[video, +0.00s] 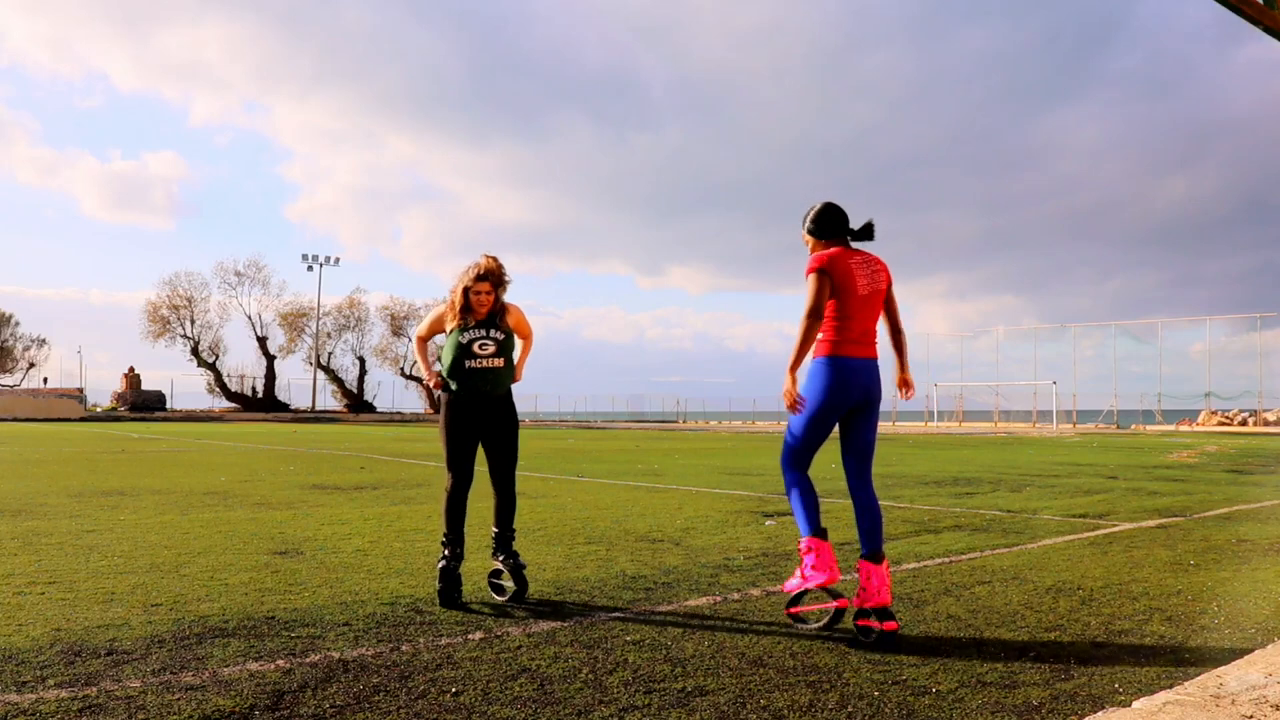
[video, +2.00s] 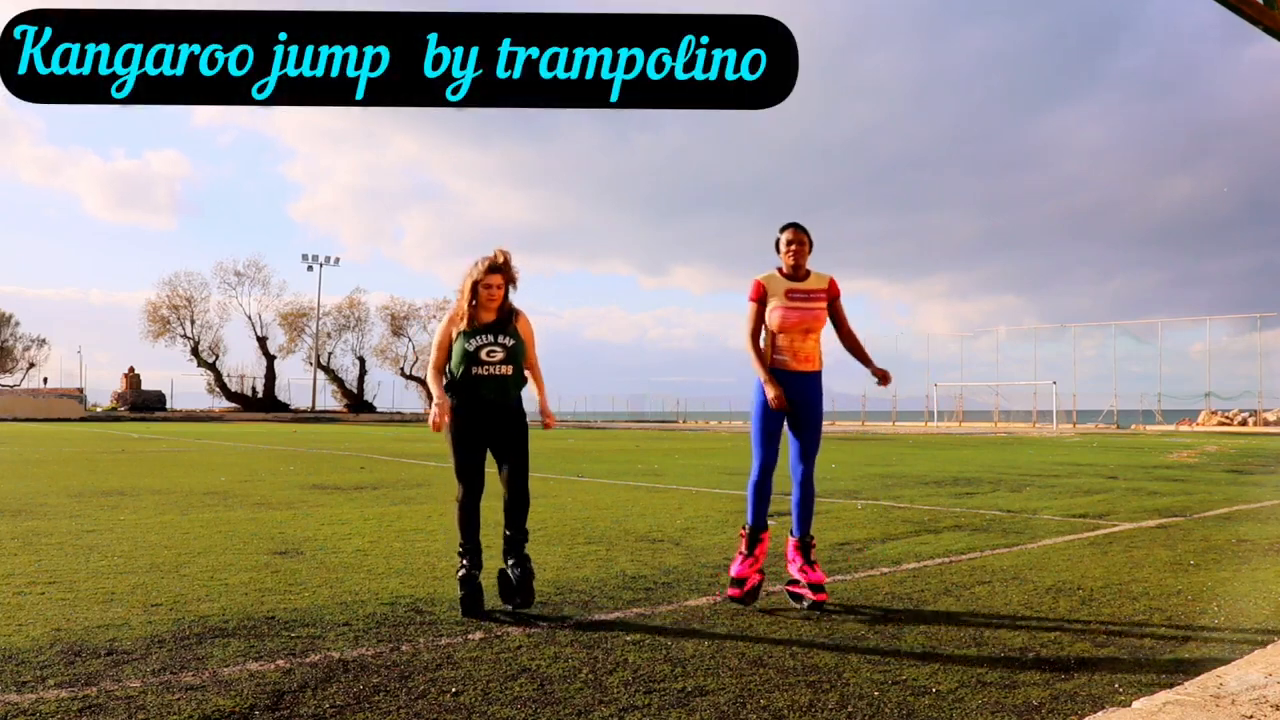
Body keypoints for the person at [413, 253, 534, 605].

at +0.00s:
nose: (483, 298)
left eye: (489, 292)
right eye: (477, 292)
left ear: (497, 292)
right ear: (465, 290)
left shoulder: (509, 314)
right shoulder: (448, 314)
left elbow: (526, 335)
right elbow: (420, 337)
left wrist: (519, 367)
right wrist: (427, 371)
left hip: (499, 404)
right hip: (459, 405)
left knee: (504, 482)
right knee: (458, 482)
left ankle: (504, 550)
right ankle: (451, 554)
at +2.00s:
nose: (493, 292)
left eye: (499, 286)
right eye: (487, 286)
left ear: (506, 289)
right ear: (474, 286)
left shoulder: (518, 321)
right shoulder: (455, 319)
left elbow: (531, 366)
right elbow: (435, 369)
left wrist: (543, 401)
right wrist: (439, 397)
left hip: (508, 415)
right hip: (466, 415)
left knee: (517, 489)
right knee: (469, 491)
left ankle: (516, 561)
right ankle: (469, 565)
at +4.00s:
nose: (528, 261)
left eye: (534, 254)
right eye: (520, 254)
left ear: (542, 258)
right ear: (504, 256)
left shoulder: (555, 301)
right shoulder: (479, 300)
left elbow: (569, 358)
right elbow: (458, 357)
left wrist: (582, 410)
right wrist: (452, 406)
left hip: (545, 416)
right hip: (495, 417)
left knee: (544, 505)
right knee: (497, 505)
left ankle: (547, 595)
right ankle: (493, 598)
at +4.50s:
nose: (555, 250)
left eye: (565, 246)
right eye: (549, 242)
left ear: (576, 254)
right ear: (537, 245)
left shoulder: (584, 297)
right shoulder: (511, 281)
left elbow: (609, 342)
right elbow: (477, 330)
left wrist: (612, 356)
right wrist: (451, 378)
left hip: (545, 402)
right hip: (495, 397)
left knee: (546, 493)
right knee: (487, 485)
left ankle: (548, 592)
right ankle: (475, 587)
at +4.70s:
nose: (562, 279)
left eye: (571, 272)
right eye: (556, 270)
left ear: (584, 279)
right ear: (544, 273)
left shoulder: (592, 325)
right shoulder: (522, 308)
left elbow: (616, 383)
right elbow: (483, 353)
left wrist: (621, 355)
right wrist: (446, 398)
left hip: (556, 425)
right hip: (505, 414)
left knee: (551, 514)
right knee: (464, 493)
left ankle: (540, 608)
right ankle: (413, 586)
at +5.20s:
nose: (564, 283)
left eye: (571, 277)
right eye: (557, 276)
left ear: (582, 284)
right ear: (545, 282)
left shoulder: (591, 333)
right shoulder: (521, 316)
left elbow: (607, 386)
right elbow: (482, 364)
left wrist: (622, 393)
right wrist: (445, 410)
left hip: (551, 429)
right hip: (502, 418)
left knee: (545, 515)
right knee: (449, 491)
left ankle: (539, 605)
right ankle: (390, 572)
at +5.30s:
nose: (544, 282)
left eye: (553, 276)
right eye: (538, 274)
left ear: (566, 283)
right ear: (527, 280)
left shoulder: (577, 329)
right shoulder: (506, 316)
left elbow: (582, 380)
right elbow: (476, 366)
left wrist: (578, 426)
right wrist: (477, 401)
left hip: (548, 430)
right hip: (498, 422)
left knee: (543, 516)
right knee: (455, 498)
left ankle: (539, 606)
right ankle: (428, 586)